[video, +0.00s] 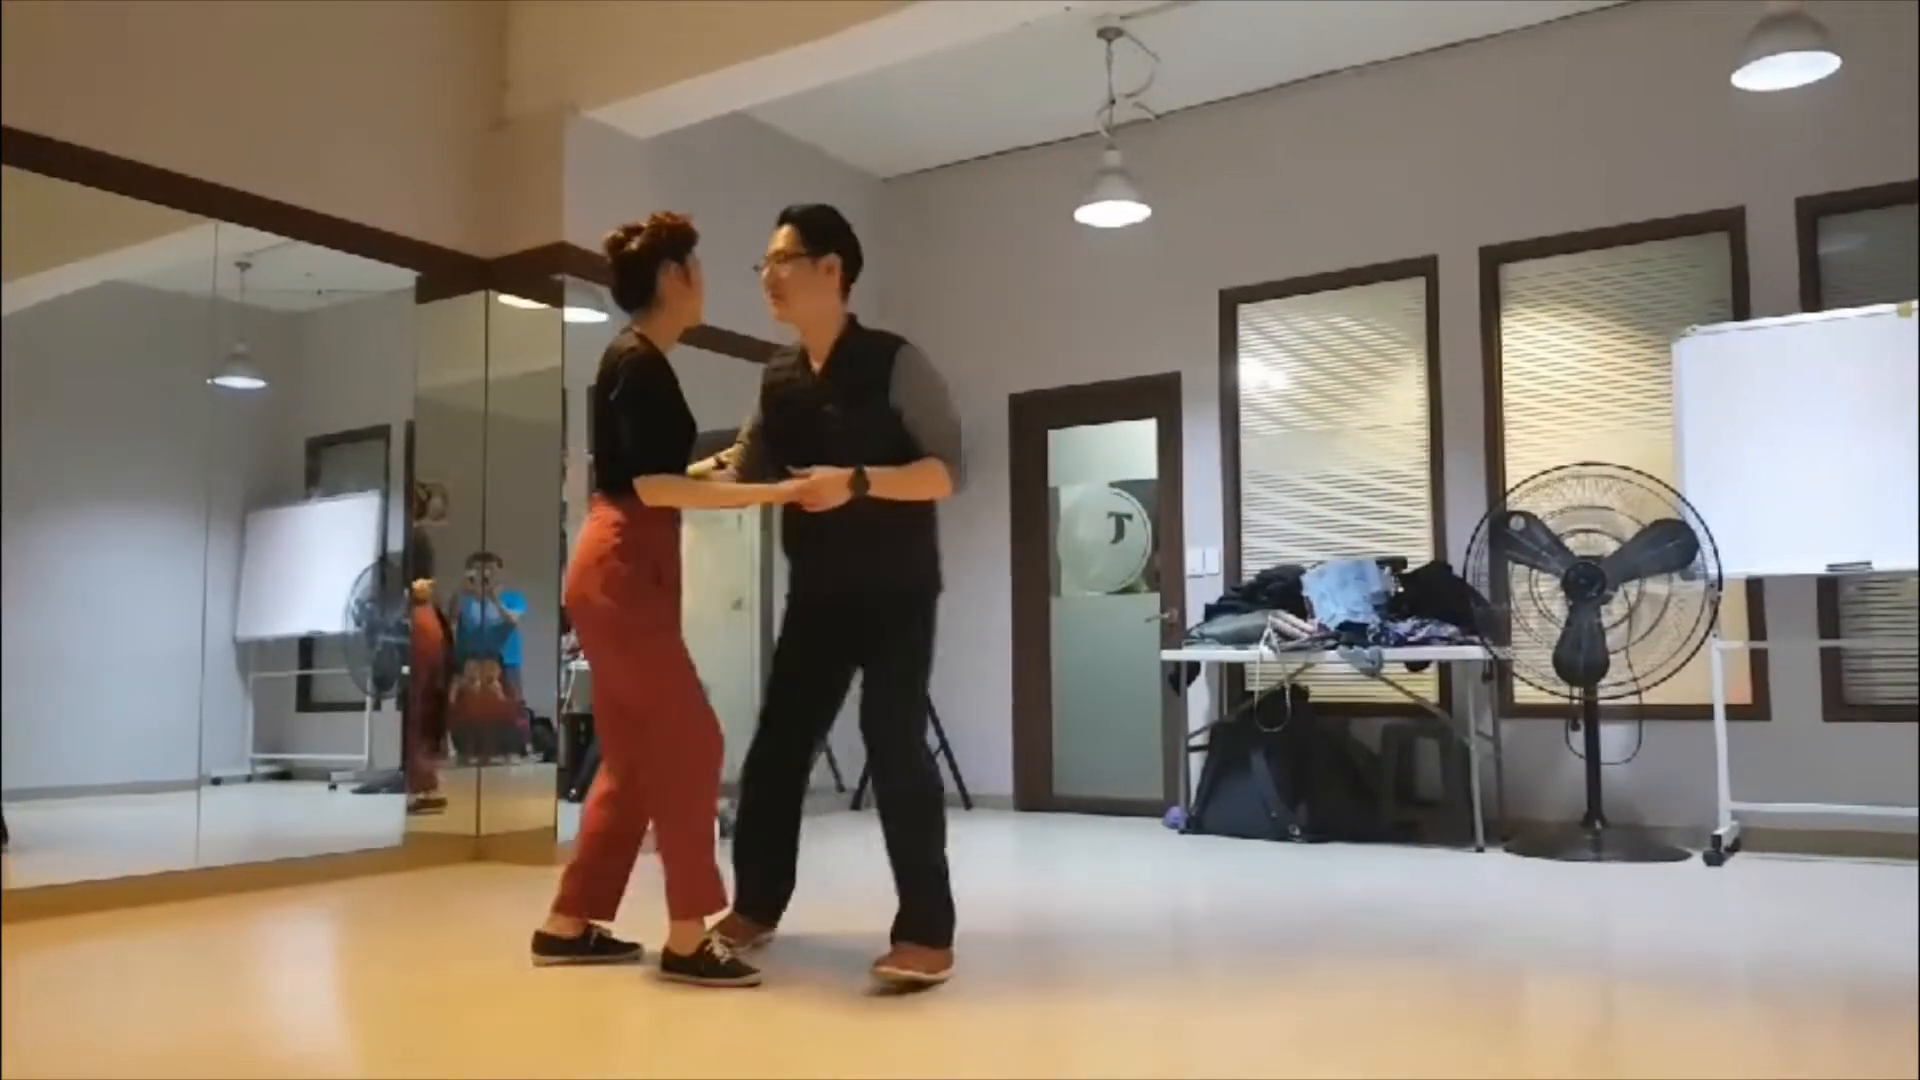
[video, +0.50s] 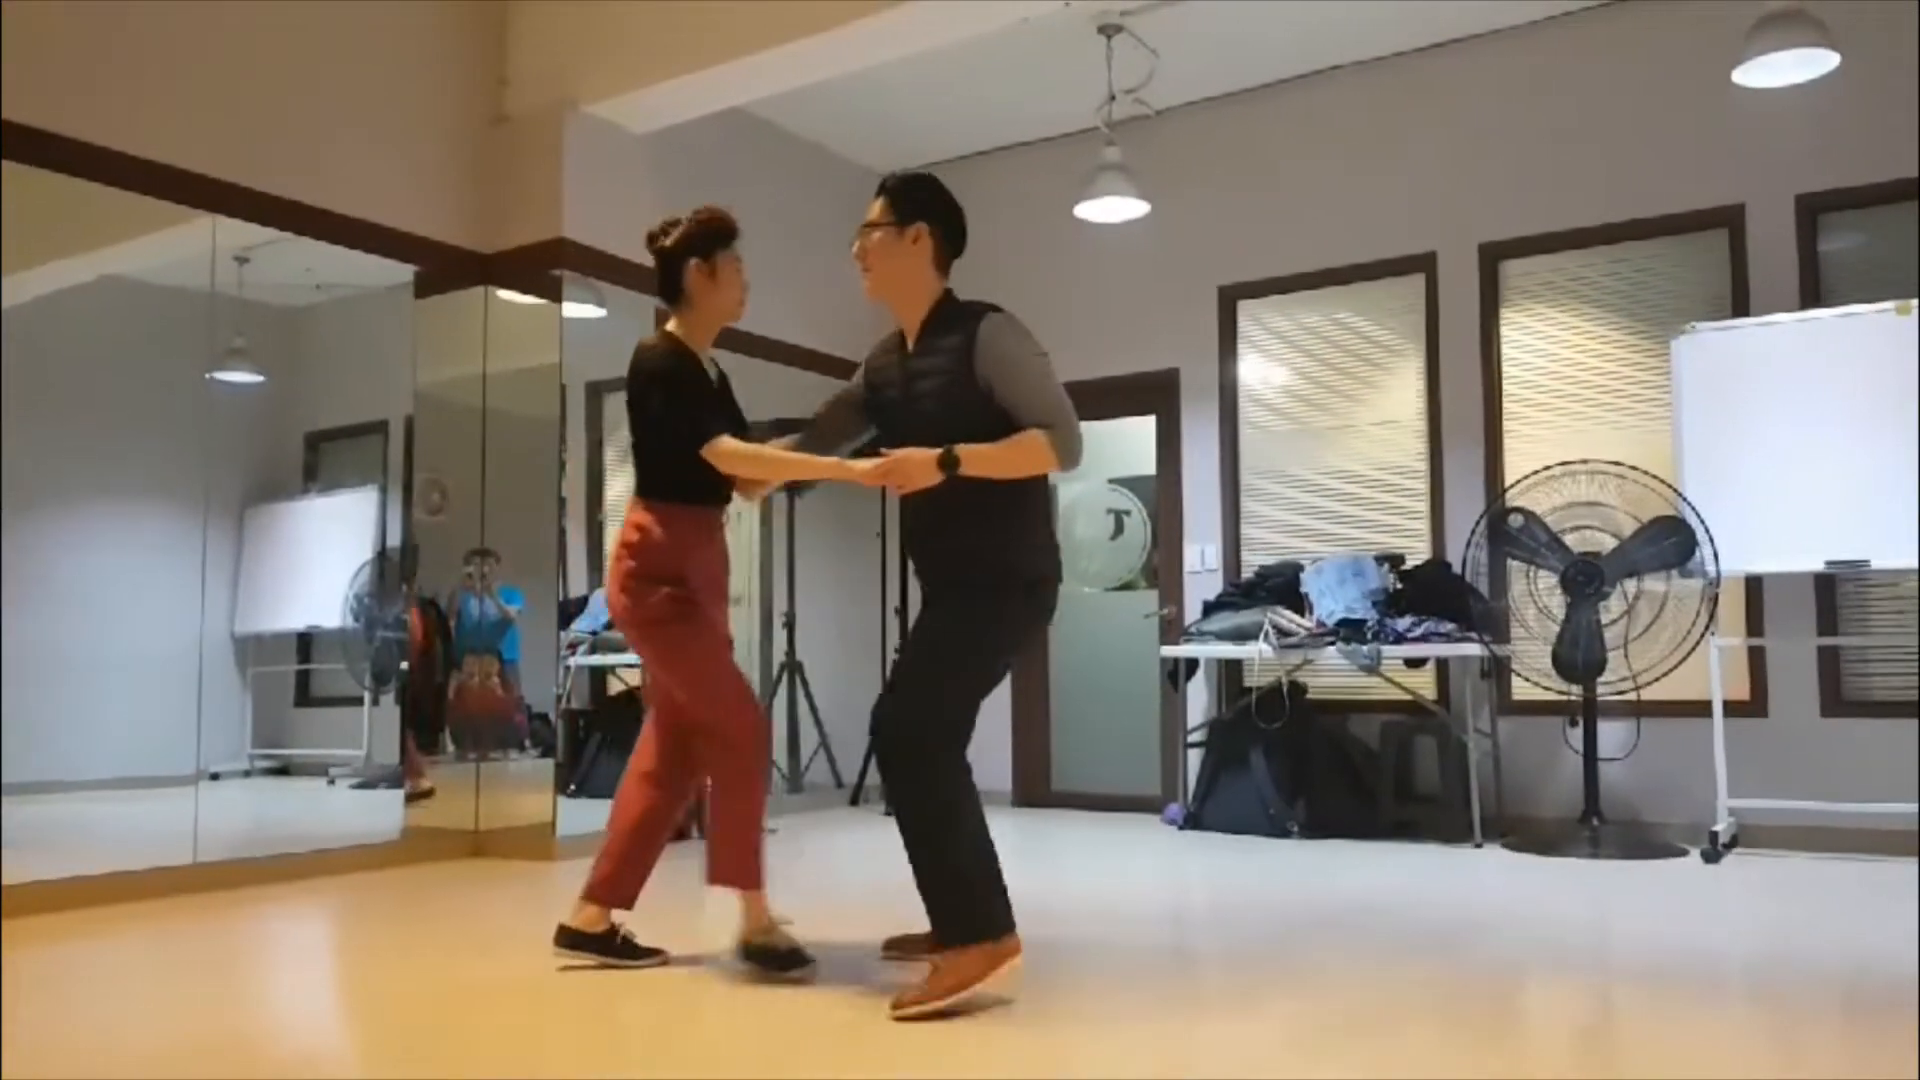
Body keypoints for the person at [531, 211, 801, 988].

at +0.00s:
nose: (702, 287)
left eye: (697, 273)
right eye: (695, 273)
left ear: (647, 284)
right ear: (671, 281)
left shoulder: (628, 360)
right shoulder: (639, 367)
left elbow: (647, 477)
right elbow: (653, 486)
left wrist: (726, 463)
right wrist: (769, 493)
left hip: (614, 571)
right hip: (624, 578)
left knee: (633, 747)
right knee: (692, 739)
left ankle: (569, 922)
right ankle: (688, 934)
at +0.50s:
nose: (745, 282)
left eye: (741, 267)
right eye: (735, 267)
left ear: (702, 276)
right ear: (698, 275)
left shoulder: (709, 368)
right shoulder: (662, 360)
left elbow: (737, 472)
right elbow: (728, 455)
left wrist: (767, 472)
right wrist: (849, 468)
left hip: (697, 565)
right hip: (655, 567)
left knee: (674, 746)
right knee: (739, 727)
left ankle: (592, 916)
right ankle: (757, 923)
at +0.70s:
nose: (796, 268)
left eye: (794, 254)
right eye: (779, 255)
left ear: (786, 270)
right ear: (734, 270)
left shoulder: (795, 368)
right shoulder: (720, 353)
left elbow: (803, 479)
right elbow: (721, 452)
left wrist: (856, 468)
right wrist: (816, 465)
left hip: (794, 561)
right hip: (742, 561)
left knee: (761, 737)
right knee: (807, 733)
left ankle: (631, 885)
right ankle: (853, 925)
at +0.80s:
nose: (838, 243)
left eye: (844, 232)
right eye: (820, 234)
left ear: (856, 249)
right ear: (786, 252)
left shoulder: (876, 355)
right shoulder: (767, 338)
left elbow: (886, 462)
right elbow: (711, 437)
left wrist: (921, 461)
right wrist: (787, 427)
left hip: (875, 550)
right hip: (803, 550)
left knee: (889, 742)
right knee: (843, 740)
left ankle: (763, 852)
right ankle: (856, 928)